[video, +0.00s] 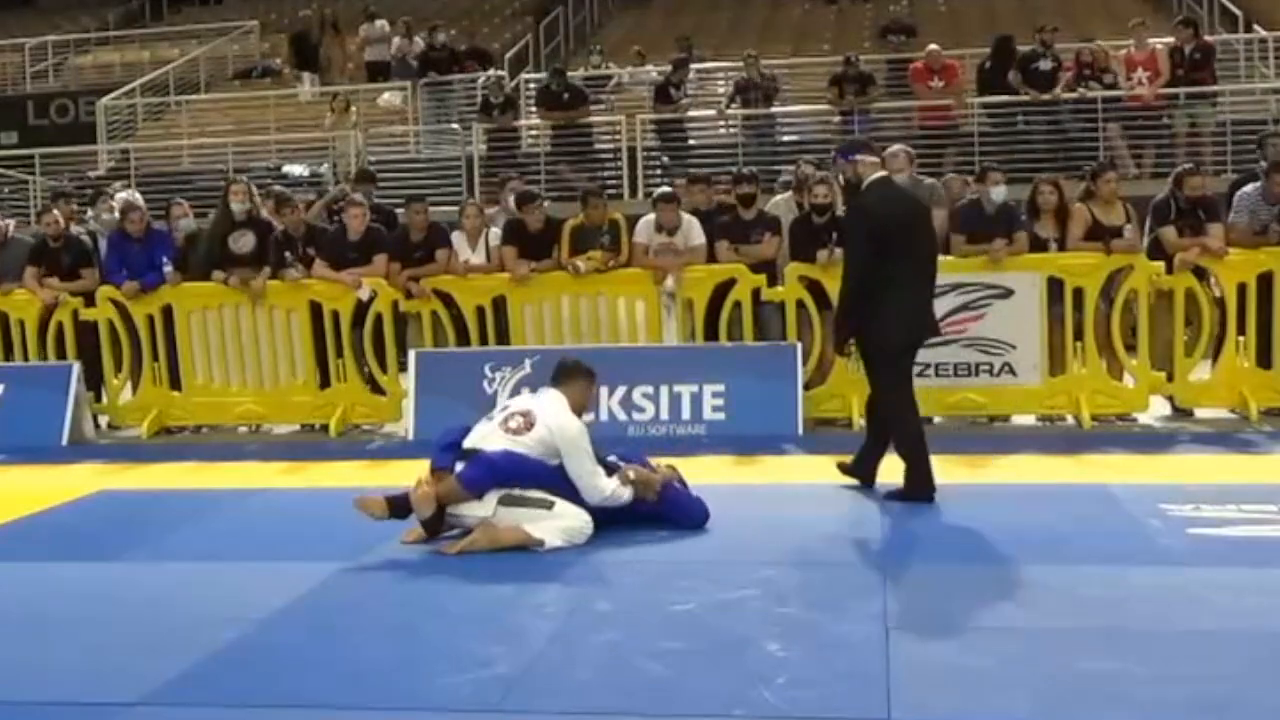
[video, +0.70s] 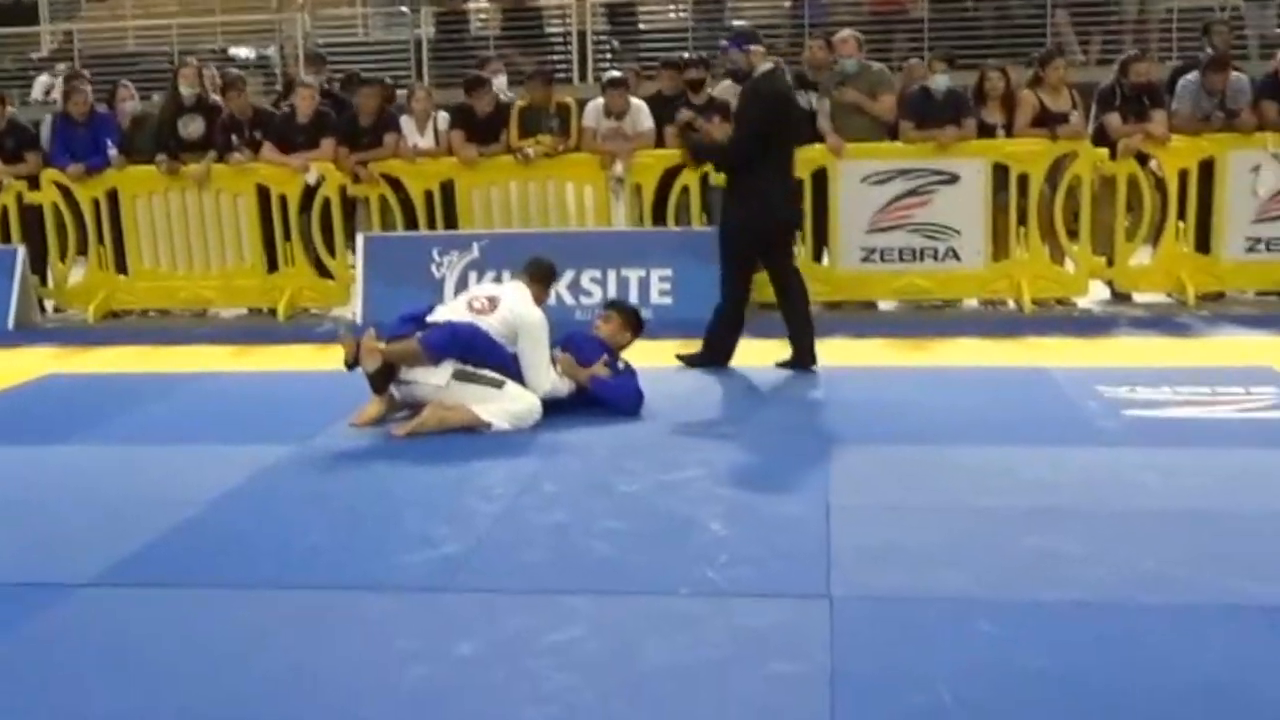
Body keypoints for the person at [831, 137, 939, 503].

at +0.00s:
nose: (841, 176)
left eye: (842, 170)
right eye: (841, 170)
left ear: (854, 166)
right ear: (877, 163)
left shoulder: (862, 207)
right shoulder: (913, 202)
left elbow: (855, 273)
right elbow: (928, 261)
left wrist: (842, 327)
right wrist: (924, 310)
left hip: (879, 317)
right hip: (913, 313)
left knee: (896, 397)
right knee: (885, 393)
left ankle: (919, 482)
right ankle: (865, 464)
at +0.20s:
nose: (829, 172)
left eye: (830, 166)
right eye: (829, 165)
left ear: (842, 165)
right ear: (865, 163)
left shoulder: (849, 203)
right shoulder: (889, 197)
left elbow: (847, 266)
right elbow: (895, 260)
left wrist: (833, 317)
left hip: (857, 313)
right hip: (888, 310)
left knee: (853, 390)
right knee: (872, 390)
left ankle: (902, 463)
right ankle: (863, 468)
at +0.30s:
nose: (819, 170)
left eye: (821, 163)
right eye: (818, 163)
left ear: (837, 161)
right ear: (850, 159)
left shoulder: (843, 201)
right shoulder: (876, 198)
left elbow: (837, 263)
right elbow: (878, 258)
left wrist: (819, 305)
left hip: (846, 309)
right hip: (876, 307)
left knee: (822, 381)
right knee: (866, 384)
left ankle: (873, 449)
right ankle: (863, 464)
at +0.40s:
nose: (789, 158)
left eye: (790, 150)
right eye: (787, 150)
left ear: (807, 148)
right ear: (822, 146)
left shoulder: (820, 185)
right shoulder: (848, 183)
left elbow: (813, 247)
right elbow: (846, 243)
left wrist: (783, 289)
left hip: (814, 296)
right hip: (845, 295)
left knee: (786, 364)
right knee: (839, 372)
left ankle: (820, 442)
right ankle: (838, 451)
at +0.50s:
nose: (767, 123)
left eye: (770, 114)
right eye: (767, 114)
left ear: (785, 115)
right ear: (802, 114)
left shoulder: (799, 154)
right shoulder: (829, 149)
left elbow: (796, 215)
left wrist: (758, 241)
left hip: (793, 261)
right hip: (828, 258)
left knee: (770, 335)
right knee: (825, 338)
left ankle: (768, 415)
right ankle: (830, 418)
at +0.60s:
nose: (750, 84)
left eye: (753, 75)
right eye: (749, 76)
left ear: (772, 74)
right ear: (777, 73)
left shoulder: (781, 115)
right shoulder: (805, 109)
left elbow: (774, 175)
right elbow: (827, 155)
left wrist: (734, 179)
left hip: (776, 223)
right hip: (804, 220)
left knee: (757, 301)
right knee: (808, 296)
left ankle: (730, 371)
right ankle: (821, 377)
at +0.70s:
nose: (726, 62)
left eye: (729, 54)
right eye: (725, 55)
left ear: (749, 52)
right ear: (754, 51)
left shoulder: (758, 91)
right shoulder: (778, 84)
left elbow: (740, 155)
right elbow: (801, 131)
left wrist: (697, 146)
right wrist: (731, 136)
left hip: (750, 199)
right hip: (777, 195)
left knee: (735, 279)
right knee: (783, 271)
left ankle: (716, 351)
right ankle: (804, 351)